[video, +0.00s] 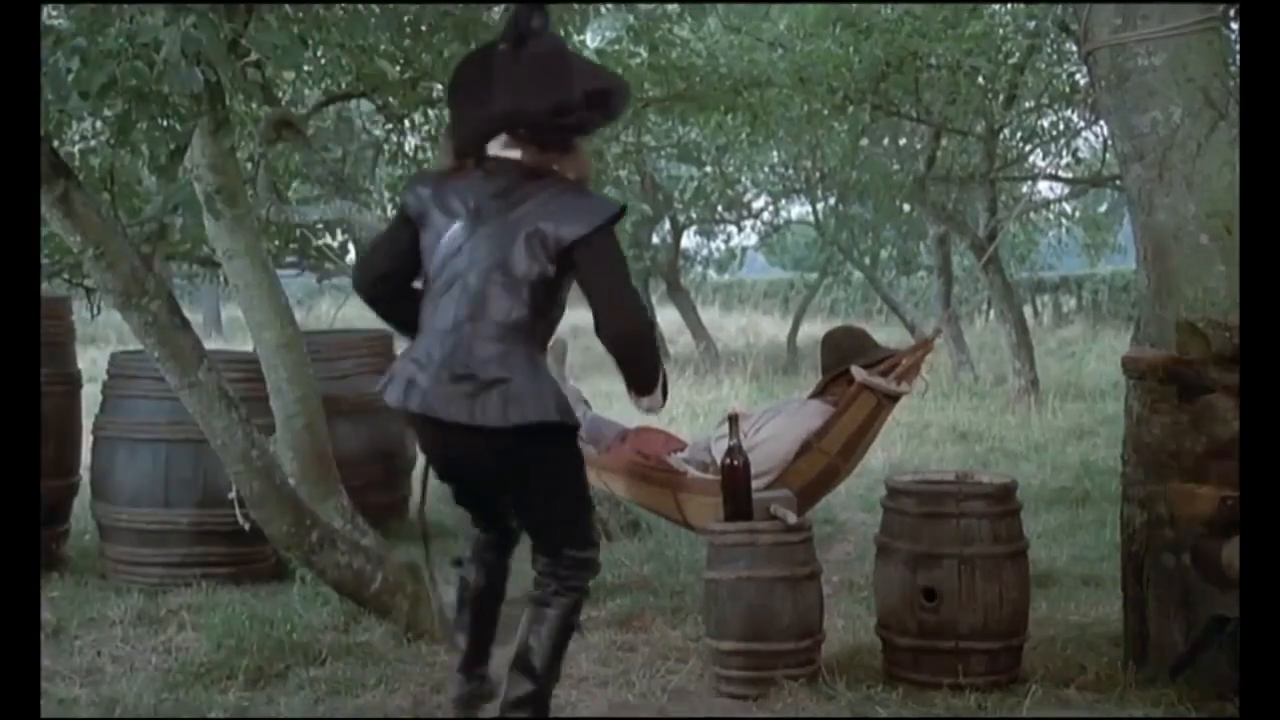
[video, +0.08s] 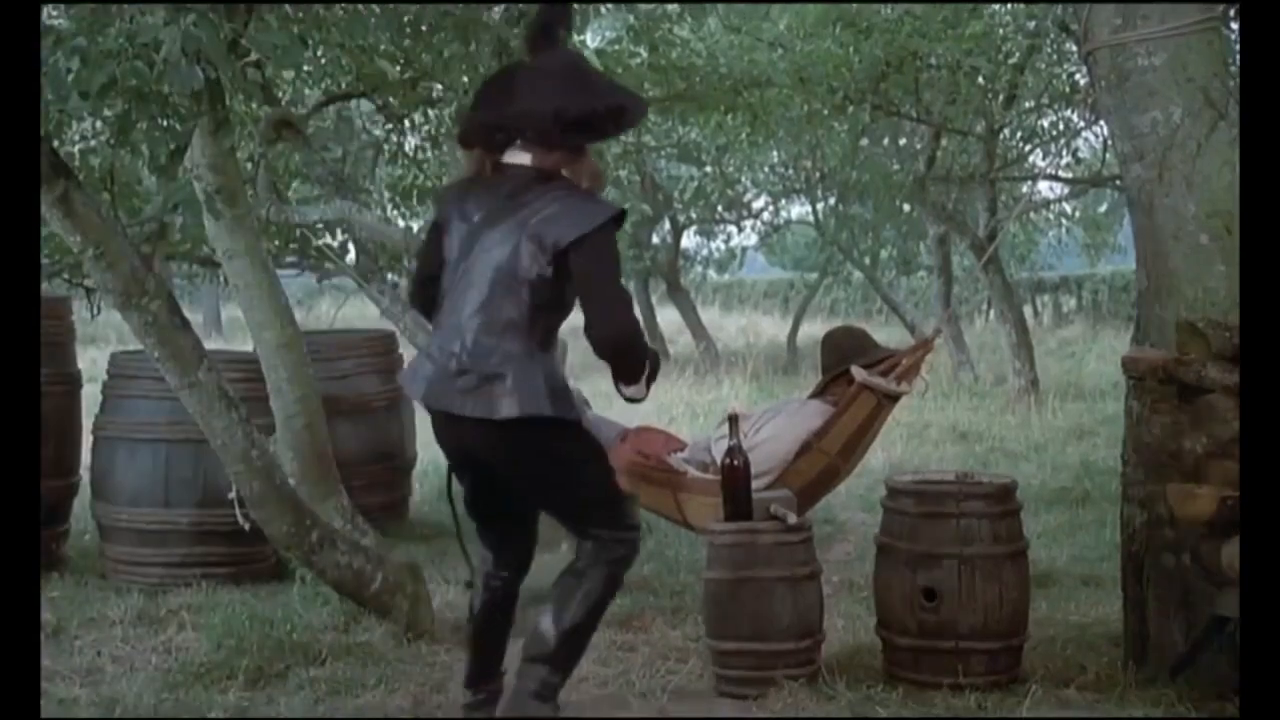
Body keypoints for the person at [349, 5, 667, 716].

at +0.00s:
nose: (589, 146)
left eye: (587, 132)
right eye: (583, 134)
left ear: (490, 129)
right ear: (562, 135)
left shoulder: (438, 193)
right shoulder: (573, 209)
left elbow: (373, 274)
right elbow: (621, 317)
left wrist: (432, 330)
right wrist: (646, 379)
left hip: (431, 410)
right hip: (519, 414)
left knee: (491, 528)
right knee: (568, 555)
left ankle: (469, 682)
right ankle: (525, 702)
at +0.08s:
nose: (598, 151)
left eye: (597, 137)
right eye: (594, 138)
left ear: (504, 137)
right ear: (575, 142)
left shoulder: (460, 199)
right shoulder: (578, 213)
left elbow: (423, 293)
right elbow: (609, 328)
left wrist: (478, 331)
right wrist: (635, 365)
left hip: (449, 412)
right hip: (526, 415)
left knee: (505, 543)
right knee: (611, 535)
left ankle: (481, 692)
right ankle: (532, 695)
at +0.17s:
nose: (615, 184)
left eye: (614, 169)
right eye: (612, 170)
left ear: (545, 160)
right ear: (592, 166)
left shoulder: (507, 216)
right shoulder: (587, 223)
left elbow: (526, 347)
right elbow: (611, 346)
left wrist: (602, 373)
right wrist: (641, 370)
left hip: (459, 411)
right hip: (519, 414)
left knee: (534, 531)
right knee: (642, 500)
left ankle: (486, 680)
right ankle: (582, 664)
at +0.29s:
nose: (665, 193)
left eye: (664, 179)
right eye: (660, 179)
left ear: (597, 171)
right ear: (639, 176)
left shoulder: (570, 219)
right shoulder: (624, 226)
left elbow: (585, 349)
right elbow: (637, 348)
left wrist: (632, 424)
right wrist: (676, 374)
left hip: (485, 394)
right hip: (525, 401)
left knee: (568, 500)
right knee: (645, 504)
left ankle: (503, 655)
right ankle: (627, 676)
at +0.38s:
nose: (680, 218)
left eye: (679, 204)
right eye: (677, 204)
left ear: (614, 195)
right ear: (663, 200)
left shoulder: (586, 240)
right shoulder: (645, 246)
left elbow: (637, 390)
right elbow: (659, 361)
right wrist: (696, 385)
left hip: (493, 401)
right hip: (535, 409)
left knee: (595, 481)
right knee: (662, 506)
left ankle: (534, 637)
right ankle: (631, 677)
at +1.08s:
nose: (752, 260)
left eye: (753, 246)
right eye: (749, 244)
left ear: (699, 239)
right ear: (719, 242)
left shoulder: (649, 272)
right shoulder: (677, 285)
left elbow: (650, 403)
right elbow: (705, 395)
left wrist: (725, 459)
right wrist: (756, 389)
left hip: (526, 399)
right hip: (552, 407)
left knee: (635, 509)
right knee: (690, 488)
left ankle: (563, 644)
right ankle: (648, 663)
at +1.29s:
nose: (778, 258)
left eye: (781, 246)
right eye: (774, 245)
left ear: (729, 237)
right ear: (741, 241)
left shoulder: (678, 268)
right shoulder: (709, 276)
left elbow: (659, 389)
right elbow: (769, 370)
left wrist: (728, 446)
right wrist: (841, 347)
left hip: (551, 393)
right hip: (581, 401)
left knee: (640, 512)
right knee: (700, 498)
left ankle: (564, 643)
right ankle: (685, 666)